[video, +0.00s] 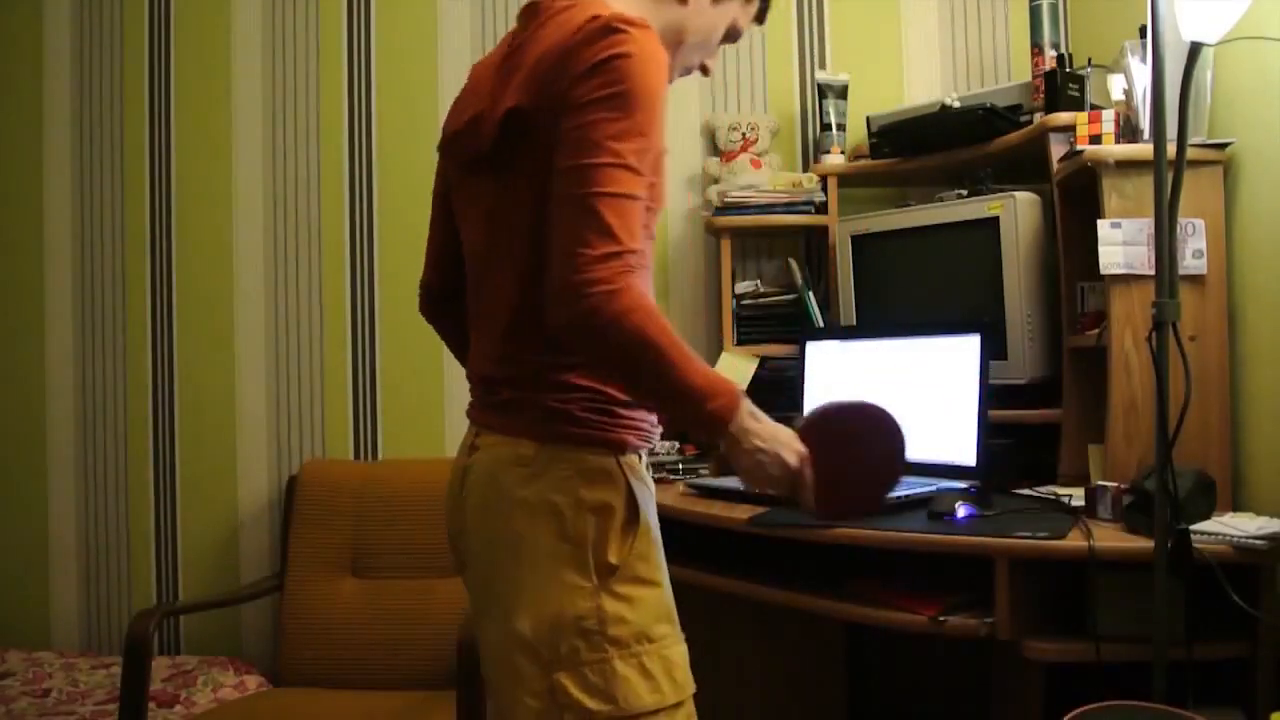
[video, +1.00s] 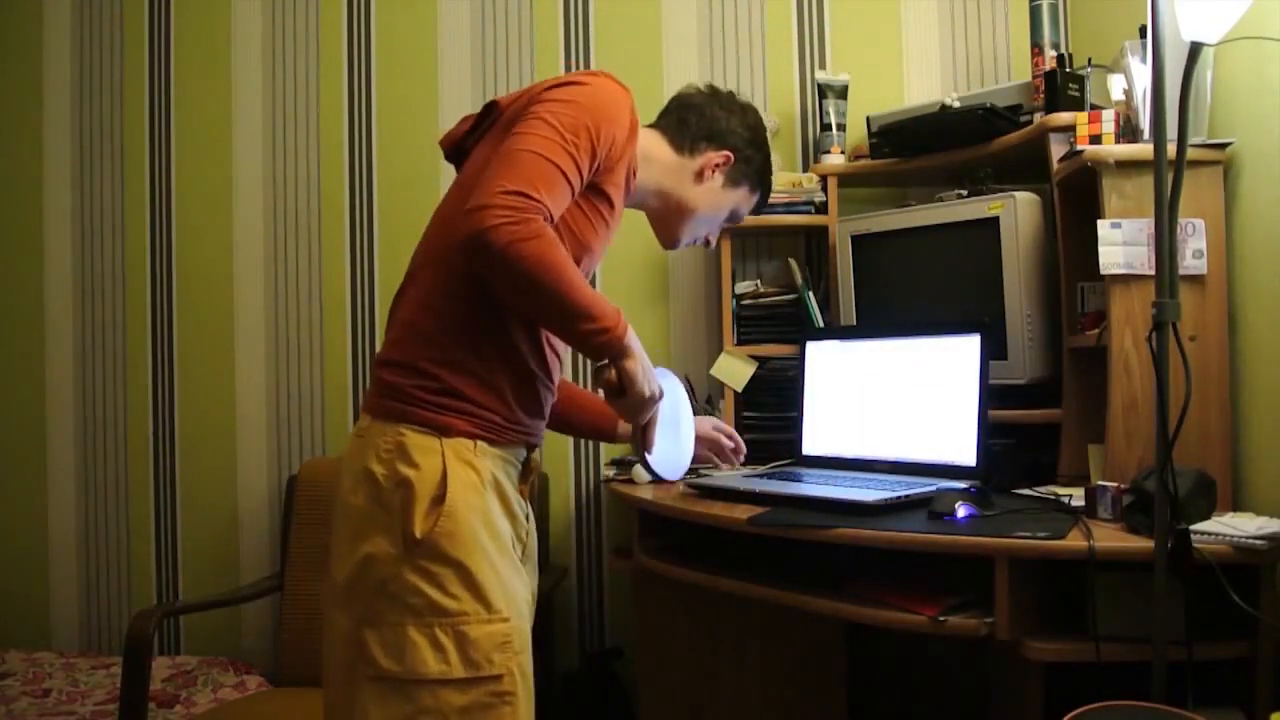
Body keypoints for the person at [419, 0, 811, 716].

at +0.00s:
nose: (709, 64)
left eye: (731, 47)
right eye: (732, 35)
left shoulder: (494, 69)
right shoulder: (619, 42)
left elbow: (444, 293)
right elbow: (601, 293)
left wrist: (553, 401)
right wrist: (735, 420)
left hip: (497, 471)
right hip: (576, 487)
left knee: (531, 707)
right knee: (621, 706)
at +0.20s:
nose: (671, 82)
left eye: (687, 65)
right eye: (685, 55)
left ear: (647, 11)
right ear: (652, 9)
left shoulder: (519, 63)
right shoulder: (551, 61)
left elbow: (445, 309)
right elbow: (483, 258)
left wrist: (616, 399)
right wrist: (638, 371)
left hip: (522, 477)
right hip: (543, 484)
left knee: (537, 707)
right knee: (615, 705)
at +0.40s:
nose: (663, 104)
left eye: (677, 87)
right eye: (675, 77)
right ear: (641, 27)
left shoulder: (537, 85)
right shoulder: (518, 71)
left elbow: (502, 268)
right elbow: (469, 258)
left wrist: (612, 344)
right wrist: (604, 334)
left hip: (529, 464)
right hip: (506, 471)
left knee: (508, 707)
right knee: (578, 706)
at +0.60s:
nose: (676, 132)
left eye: (688, 117)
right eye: (687, 107)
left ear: (651, 61)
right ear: (660, 59)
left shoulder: (555, 106)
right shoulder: (530, 75)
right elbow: (487, 251)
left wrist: (612, 363)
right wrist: (605, 330)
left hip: (514, 464)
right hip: (485, 470)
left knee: (512, 704)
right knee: (538, 706)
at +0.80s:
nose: (698, 194)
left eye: (715, 182)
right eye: (716, 171)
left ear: (685, 118)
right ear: (693, 119)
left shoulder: (583, 163)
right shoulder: (574, 87)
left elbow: (513, 371)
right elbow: (500, 231)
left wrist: (624, 404)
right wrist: (615, 337)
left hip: (498, 470)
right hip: (455, 472)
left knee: (520, 698)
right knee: (497, 703)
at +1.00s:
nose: (715, 238)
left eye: (729, 227)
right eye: (730, 217)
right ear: (715, 166)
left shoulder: (592, 204)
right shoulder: (601, 101)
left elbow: (524, 383)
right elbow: (502, 218)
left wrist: (660, 428)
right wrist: (622, 346)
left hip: (483, 479)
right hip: (436, 475)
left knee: (485, 701)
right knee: (467, 705)